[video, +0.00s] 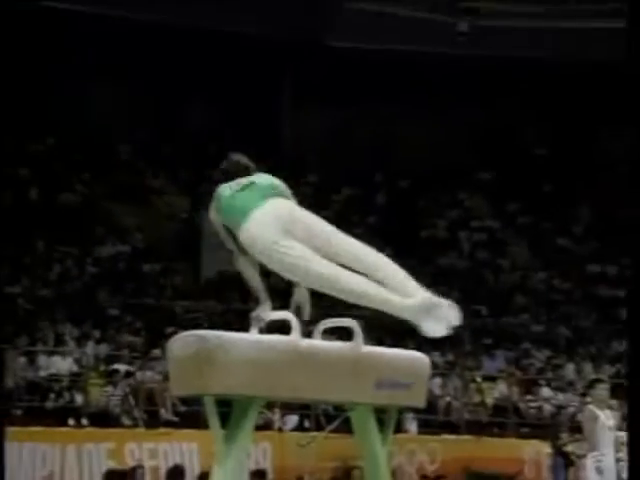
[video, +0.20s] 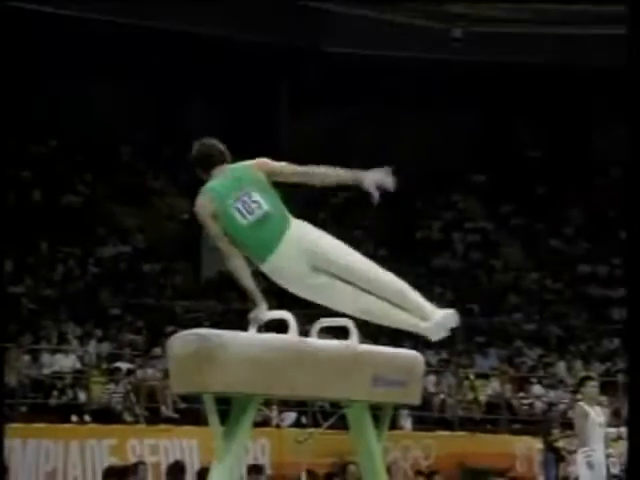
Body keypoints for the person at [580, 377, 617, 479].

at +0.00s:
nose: (604, 393)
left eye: (606, 390)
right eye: (600, 389)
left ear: (609, 392)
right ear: (591, 392)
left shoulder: (608, 412)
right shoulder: (589, 412)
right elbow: (590, 440)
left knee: (610, 475)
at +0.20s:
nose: (595, 390)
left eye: (596, 387)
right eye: (591, 387)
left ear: (599, 389)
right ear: (582, 390)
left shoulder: (598, 409)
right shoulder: (580, 408)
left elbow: (599, 432)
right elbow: (581, 434)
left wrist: (618, 432)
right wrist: (587, 456)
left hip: (600, 454)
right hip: (588, 456)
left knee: (601, 475)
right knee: (588, 476)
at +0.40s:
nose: (594, 389)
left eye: (595, 386)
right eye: (591, 386)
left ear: (597, 388)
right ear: (580, 389)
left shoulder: (597, 408)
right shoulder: (579, 407)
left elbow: (598, 430)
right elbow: (579, 433)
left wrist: (616, 431)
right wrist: (585, 455)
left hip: (599, 452)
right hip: (587, 454)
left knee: (600, 475)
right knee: (588, 475)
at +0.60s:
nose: (594, 389)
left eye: (595, 385)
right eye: (590, 385)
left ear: (597, 388)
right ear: (580, 388)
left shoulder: (597, 408)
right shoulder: (578, 406)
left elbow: (599, 431)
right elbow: (579, 433)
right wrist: (585, 454)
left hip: (598, 452)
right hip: (587, 453)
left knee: (599, 474)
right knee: (587, 475)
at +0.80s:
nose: (593, 388)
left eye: (594, 385)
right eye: (589, 385)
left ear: (596, 387)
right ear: (580, 388)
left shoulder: (596, 407)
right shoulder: (578, 406)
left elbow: (598, 430)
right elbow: (578, 431)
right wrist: (584, 454)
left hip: (598, 449)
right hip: (586, 451)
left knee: (599, 474)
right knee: (587, 475)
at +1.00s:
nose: (592, 388)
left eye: (593, 385)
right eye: (588, 385)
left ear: (595, 386)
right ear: (579, 387)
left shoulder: (594, 406)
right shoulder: (577, 405)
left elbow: (596, 429)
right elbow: (577, 430)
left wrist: (614, 430)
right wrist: (583, 453)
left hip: (596, 449)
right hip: (585, 450)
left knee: (597, 474)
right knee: (585, 475)